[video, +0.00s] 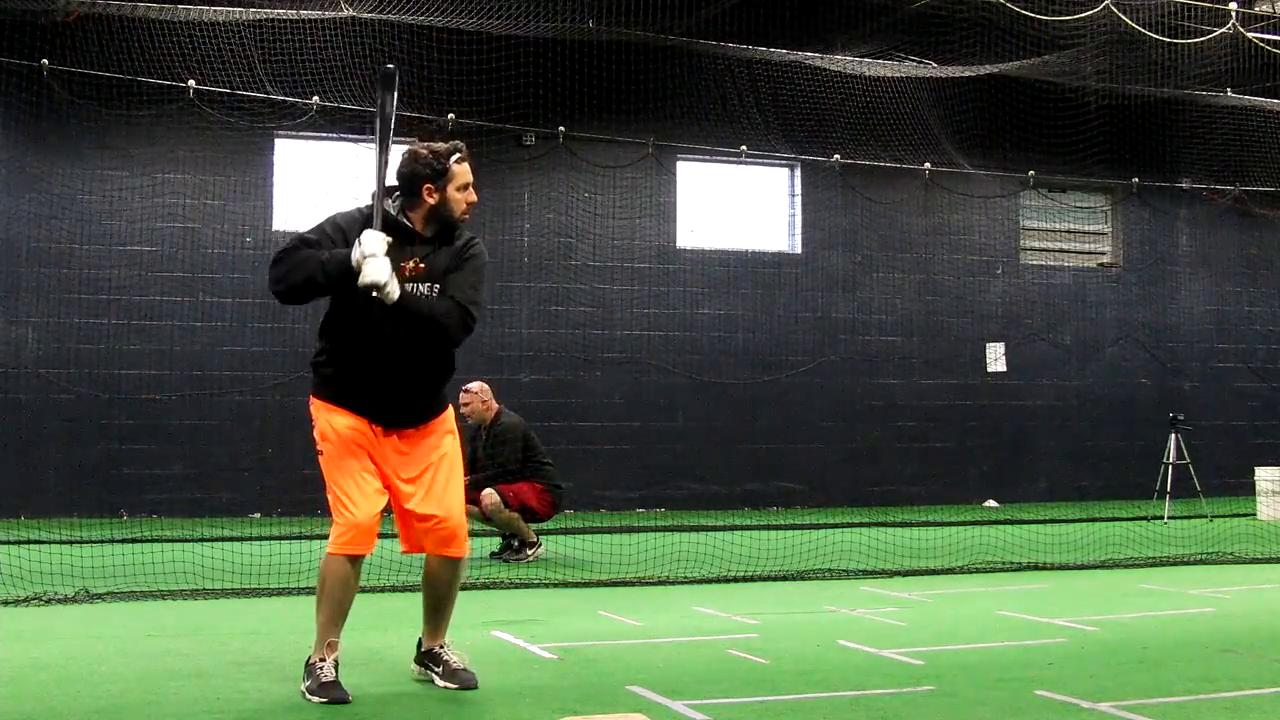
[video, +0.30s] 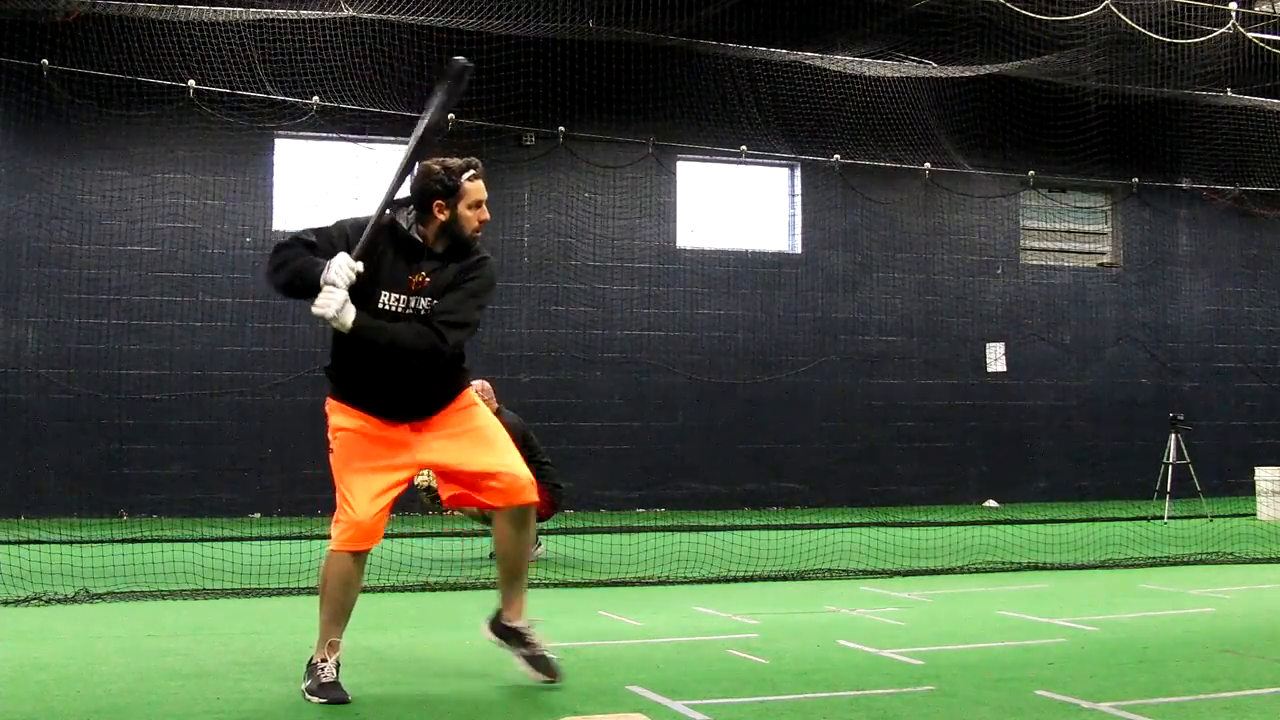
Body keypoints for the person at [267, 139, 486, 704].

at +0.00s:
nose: (474, 197)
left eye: (474, 186)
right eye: (465, 188)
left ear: (442, 191)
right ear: (430, 192)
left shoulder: (464, 249)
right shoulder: (361, 226)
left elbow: (457, 320)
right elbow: (283, 277)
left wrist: (399, 290)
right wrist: (351, 262)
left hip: (425, 417)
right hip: (348, 410)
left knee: (449, 532)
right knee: (357, 524)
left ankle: (433, 648)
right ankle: (322, 660)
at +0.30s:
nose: (486, 216)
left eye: (486, 205)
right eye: (476, 206)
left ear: (450, 208)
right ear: (439, 209)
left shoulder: (474, 264)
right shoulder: (376, 234)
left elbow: (442, 338)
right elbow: (285, 255)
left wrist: (354, 320)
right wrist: (322, 273)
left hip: (449, 409)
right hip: (365, 416)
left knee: (519, 494)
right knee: (356, 530)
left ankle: (511, 619)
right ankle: (325, 659)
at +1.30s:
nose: (544, 194)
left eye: (545, 184)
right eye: (542, 185)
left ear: (483, 185)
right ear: (517, 190)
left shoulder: (429, 230)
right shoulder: (527, 253)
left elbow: (407, 262)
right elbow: (545, 271)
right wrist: (527, 216)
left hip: (476, 418)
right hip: (450, 421)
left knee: (531, 523)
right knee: (443, 560)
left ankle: (564, 650)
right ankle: (304, 640)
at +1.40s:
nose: (547, 191)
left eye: (547, 181)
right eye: (543, 182)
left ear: (490, 182)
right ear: (517, 186)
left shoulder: (441, 221)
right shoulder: (520, 251)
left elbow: (484, 278)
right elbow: (561, 286)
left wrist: (542, 248)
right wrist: (574, 251)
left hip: (483, 417)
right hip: (450, 419)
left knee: (536, 523)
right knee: (440, 558)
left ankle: (564, 649)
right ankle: (305, 638)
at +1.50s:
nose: (554, 190)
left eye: (554, 178)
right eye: (549, 180)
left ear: (501, 182)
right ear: (518, 185)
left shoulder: (455, 217)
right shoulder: (523, 254)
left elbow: (505, 275)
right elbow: (571, 311)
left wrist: (573, 275)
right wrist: (609, 288)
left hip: (487, 412)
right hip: (455, 418)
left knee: (541, 520)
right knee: (441, 556)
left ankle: (565, 649)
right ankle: (305, 637)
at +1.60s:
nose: (562, 194)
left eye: (563, 183)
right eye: (556, 185)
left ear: (517, 183)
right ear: (523, 185)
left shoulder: (485, 215)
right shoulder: (514, 255)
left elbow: (541, 285)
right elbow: (555, 334)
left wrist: (598, 306)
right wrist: (622, 333)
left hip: (494, 410)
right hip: (451, 416)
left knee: (545, 520)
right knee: (440, 552)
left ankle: (565, 647)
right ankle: (305, 636)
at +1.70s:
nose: (571, 198)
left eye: (572, 188)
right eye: (564, 188)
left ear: (526, 187)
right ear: (529, 187)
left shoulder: (506, 223)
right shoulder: (509, 254)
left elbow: (547, 305)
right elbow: (543, 349)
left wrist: (598, 339)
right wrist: (614, 371)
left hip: (497, 409)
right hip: (450, 414)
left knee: (550, 518)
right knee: (436, 552)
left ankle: (565, 647)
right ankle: (304, 636)